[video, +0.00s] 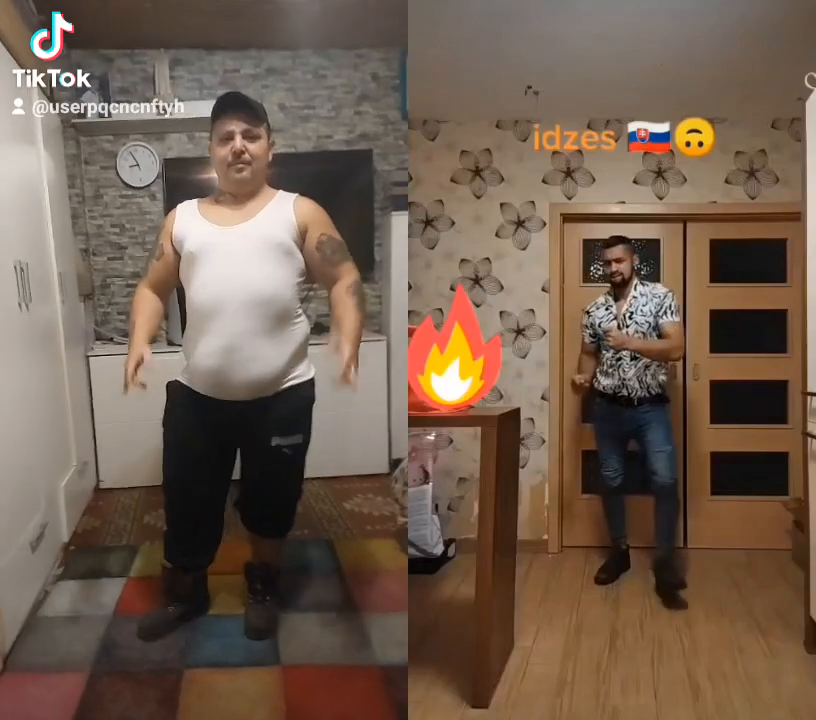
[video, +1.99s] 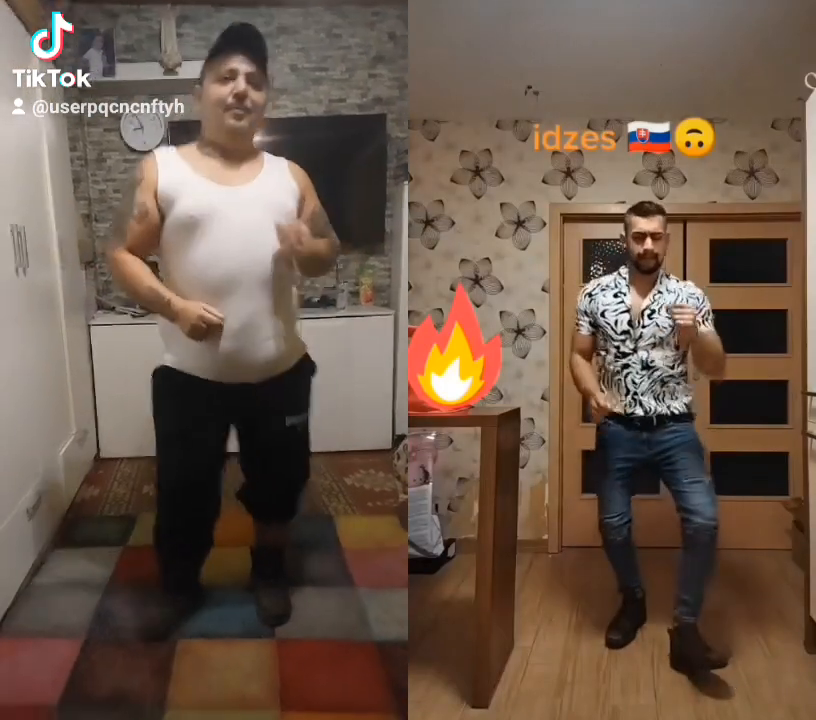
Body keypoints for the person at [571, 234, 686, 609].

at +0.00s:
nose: (613, 268)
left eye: (619, 261)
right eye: (608, 263)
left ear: (635, 261)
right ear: (603, 267)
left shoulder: (659, 297)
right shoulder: (596, 311)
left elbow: (675, 346)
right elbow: (588, 354)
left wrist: (629, 343)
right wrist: (584, 376)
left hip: (650, 407)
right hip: (608, 408)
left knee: (664, 481)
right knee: (611, 481)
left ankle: (666, 567)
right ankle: (619, 553)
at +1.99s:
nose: (648, 245)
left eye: (656, 237)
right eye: (639, 237)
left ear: (666, 240)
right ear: (625, 240)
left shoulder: (689, 295)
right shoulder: (597, 293)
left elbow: (715, 368)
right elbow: (580, 354)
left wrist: (697, 333)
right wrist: (594, 393)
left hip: (675, 429)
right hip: (618, 429)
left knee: (704, 521)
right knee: (613, 527)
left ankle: (685, 631)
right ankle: (632, 600)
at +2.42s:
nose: (645, 225)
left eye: (654, 217)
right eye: (637, 218)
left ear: (675, 221)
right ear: (629, 226)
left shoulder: (709, 269)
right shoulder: (622, 289)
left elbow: (737, 342)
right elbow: (612, 355)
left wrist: (686, 372)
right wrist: (603, 376)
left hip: (689, 429)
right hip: (629, 425)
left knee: (701, 544)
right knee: (582, 506)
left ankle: (686, 647)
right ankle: (621, 622)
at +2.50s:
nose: (644, 223)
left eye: (654, 214)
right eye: (636, 216)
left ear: (676, 218)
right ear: (629, 224)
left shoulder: (709, 271)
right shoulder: (621, 287)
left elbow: (739, 347)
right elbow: (614, 358)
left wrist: (684, 383)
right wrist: (603, 371)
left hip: (695, 432)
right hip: (633, 427)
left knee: (705, 548)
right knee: (582, 507)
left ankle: (686, 648)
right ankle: (614, 635)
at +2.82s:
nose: (634, 225)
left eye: (645, 216)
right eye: (626, 217)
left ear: (668, 221)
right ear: (618, 225)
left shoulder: (704, 278)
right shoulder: (607, 292)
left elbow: (730, 355)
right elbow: (588, 357)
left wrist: (664, 369)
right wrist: (594, 376)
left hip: (695, 439)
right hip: (630, 440)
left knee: (707, 560)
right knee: (589, 540)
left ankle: (687, 647)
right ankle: (614, 647)